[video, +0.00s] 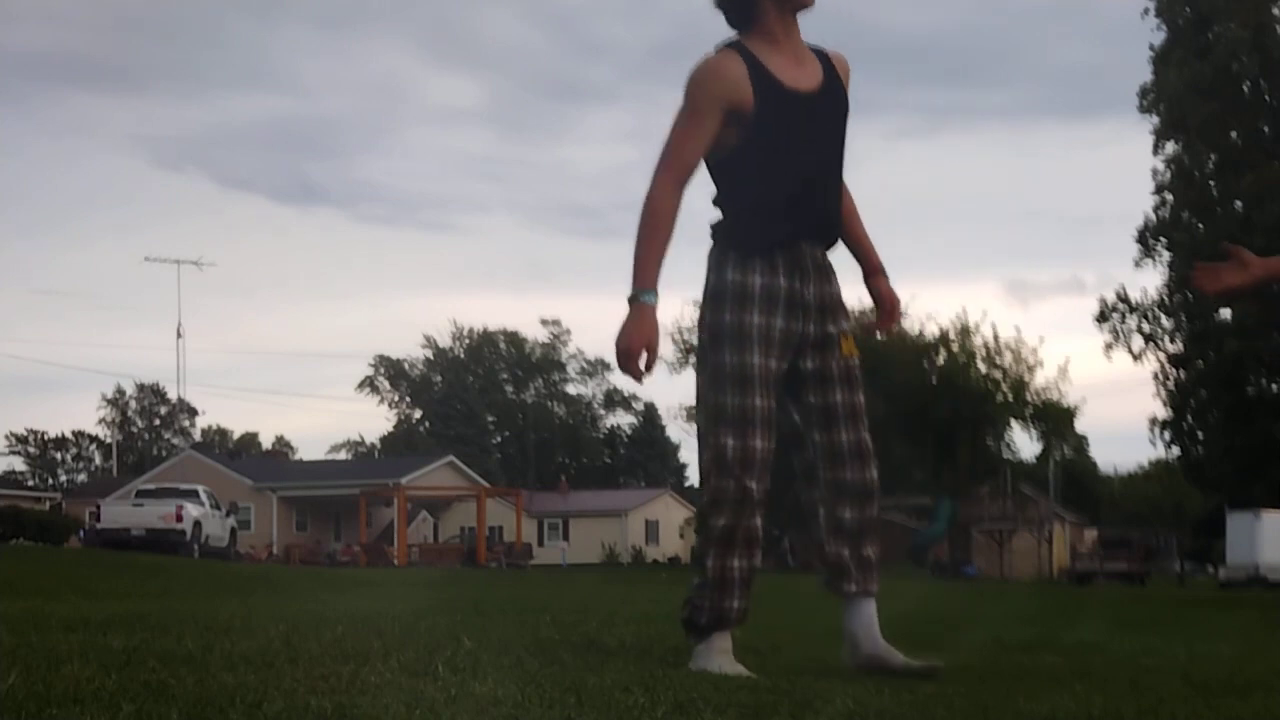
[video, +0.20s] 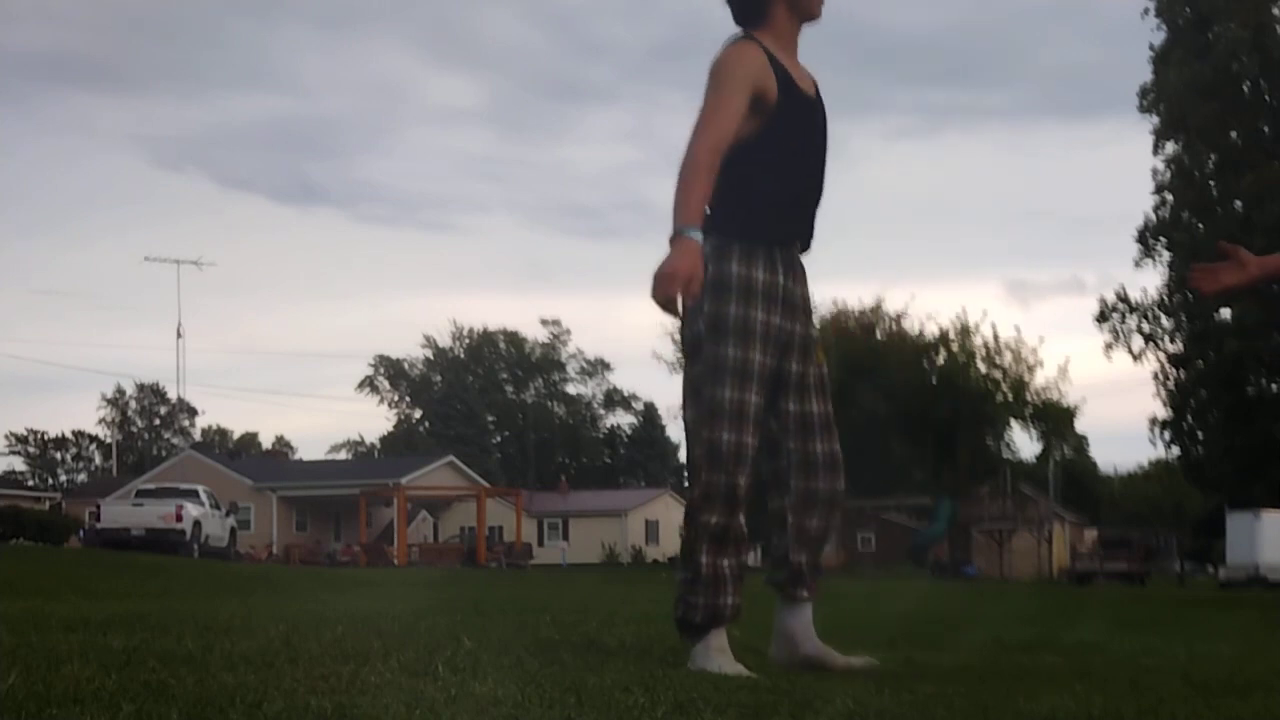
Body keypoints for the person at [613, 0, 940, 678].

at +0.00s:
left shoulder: (833, 66)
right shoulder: (723, 71)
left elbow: (827, 180)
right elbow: (667, 185)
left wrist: (875, 271)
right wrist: (642, 301)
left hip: (818, 276)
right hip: (747, 277)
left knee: (848, 454)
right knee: (741, 459)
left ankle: (863, 633)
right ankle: (714, 643)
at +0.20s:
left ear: (781, 3)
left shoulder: (804, 75)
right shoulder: (744, 58)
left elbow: (775, 171)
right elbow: (704, 151)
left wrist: (784, 261)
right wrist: (685, 239)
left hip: (786, 272)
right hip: (735, 266)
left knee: (809, 454)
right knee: (725, 452)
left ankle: (796, 629)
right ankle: (708, 640)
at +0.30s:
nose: (830, 3)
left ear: (788, 8)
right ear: (796, 3)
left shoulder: (786, 72)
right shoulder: (762, 59)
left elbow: (761, 161)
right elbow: (738, 143)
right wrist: (753, 212)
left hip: (781, 272)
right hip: (741, 263)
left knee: (791, 455)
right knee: (724, 447)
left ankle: (775, 633)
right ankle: (706, 640)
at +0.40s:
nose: (846, 9)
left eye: (842, 2)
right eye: (839, 1)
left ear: (784, 13)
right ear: (812, 8)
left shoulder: (762, 78)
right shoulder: (790, 62)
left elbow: (707, 203)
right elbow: (788, 144)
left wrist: (716, 283)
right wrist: (835, 197)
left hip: (759, 267)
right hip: (752, 262)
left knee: (781, 446)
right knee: (737, 443)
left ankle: (776, 634)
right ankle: (705, 640)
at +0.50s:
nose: (857, 16)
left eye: (855, 6)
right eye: (849, 6)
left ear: (792, 20)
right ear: (819, 15)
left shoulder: (760, 91)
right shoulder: (813, 72)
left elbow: (692, 206)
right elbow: (835, 136)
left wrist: (696, 306)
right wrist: (903, 185)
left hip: (742, 276)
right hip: (769, 273)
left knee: (782, 454)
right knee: (759, 455)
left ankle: (775, 634)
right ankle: (711, 643)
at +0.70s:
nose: (875, 37)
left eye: (875, 25)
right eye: (869, 23)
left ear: (804, 33)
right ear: (837, 26)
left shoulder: (762, 106)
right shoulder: (840, 86)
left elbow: (698, 209)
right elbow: (910, 155)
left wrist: (691, 310)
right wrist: (1013, 194)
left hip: (748, 290)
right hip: (797, 285)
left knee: (789, 453)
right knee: (845, 450)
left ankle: (774, 619)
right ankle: (757, 603)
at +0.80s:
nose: (889, 39)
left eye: (888, 26)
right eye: (883, 25)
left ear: (819, 37)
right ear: (850, 30)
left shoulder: (774, 108)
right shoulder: (859, 89)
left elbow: (710, 207)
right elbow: (943, 164)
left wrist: (703, 309)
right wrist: (1051, 210)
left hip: (760, 295)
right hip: (814, 287)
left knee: (791, 456)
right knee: (874, 455)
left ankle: (775, 628)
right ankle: (818, 619)